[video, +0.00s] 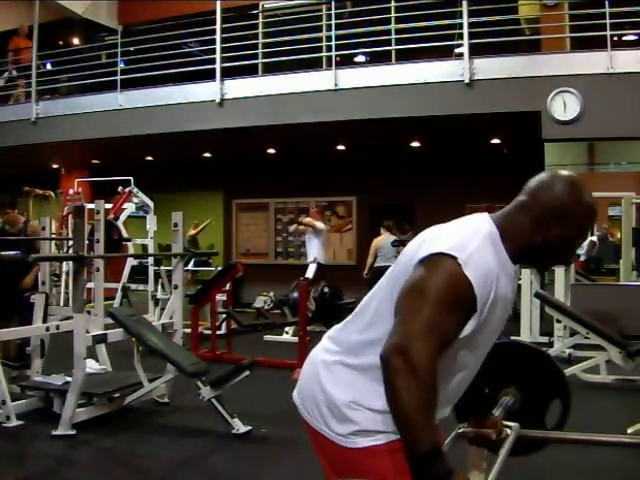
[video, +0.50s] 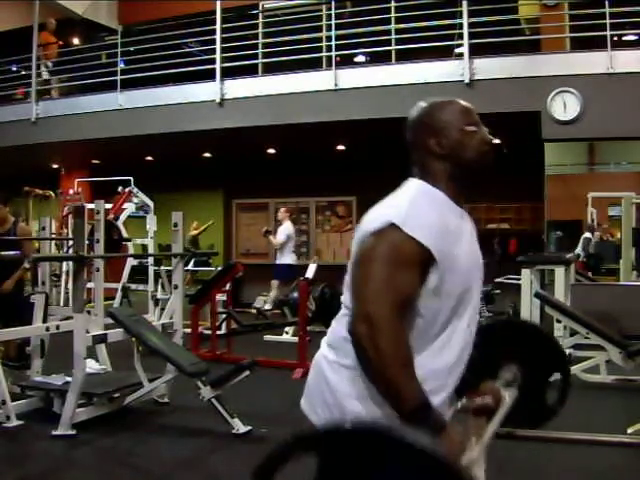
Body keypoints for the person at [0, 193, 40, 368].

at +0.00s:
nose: (4, 218)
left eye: (6, 214)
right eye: (3, 214)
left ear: (14, 211)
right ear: (3, 213)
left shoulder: (30, 228)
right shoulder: (3, 228)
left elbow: (41, 256)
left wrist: (31, 276)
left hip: (21, 282)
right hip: (3, 281)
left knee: (21, 320)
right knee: (5, 320)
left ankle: (18, 357)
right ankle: (7, 357)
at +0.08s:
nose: (2, 217)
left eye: (4, 212)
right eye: (0, 212)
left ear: (13, 209)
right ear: (2, 212)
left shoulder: (29, 227)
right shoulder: (2, 227)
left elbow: (40, 255)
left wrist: (29, 275)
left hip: (20, 282)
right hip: (1, 282)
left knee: (20, 321)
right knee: (4, 321)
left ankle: (18, 359)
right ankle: (7, 358)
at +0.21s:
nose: (2, 214)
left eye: (4, 209)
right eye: (0, 210)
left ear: (12, 209)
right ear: (0, 211)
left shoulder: (27, 228)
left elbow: (36, 256)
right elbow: (36, 257)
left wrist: (25, 278)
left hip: (16, 283)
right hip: (0, 284)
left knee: (16, 323)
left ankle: (15, 359)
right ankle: (8, 359)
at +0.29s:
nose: (1, 215)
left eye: (3, 210)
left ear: (10, 210)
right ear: (3, 211)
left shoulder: (25, 230)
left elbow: (35, 258)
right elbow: (34, 259)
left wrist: (22, 280)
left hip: (14, 287)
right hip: (0, 286)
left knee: (15, 325)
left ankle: (13, 360)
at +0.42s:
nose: (0, 214)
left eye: (2, 210)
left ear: (9, 209)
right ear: (4, 210)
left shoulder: (23, 230)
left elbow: (30, 260)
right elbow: (30, 260)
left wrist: (16, 282)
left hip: (13, 286)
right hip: (1, 286)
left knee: (14, 323)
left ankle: (12, 359)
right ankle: (9, 358)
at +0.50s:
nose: (0, 214)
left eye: (1, 210)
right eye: (0, 210)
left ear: (6, 209)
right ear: (4, 209)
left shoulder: (20, 230)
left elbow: (29, 259)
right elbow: (29, 259)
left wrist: (12, 280)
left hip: (12, 285)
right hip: (3, 285)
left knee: (12, 322)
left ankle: (12, 357)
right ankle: (8, 356)